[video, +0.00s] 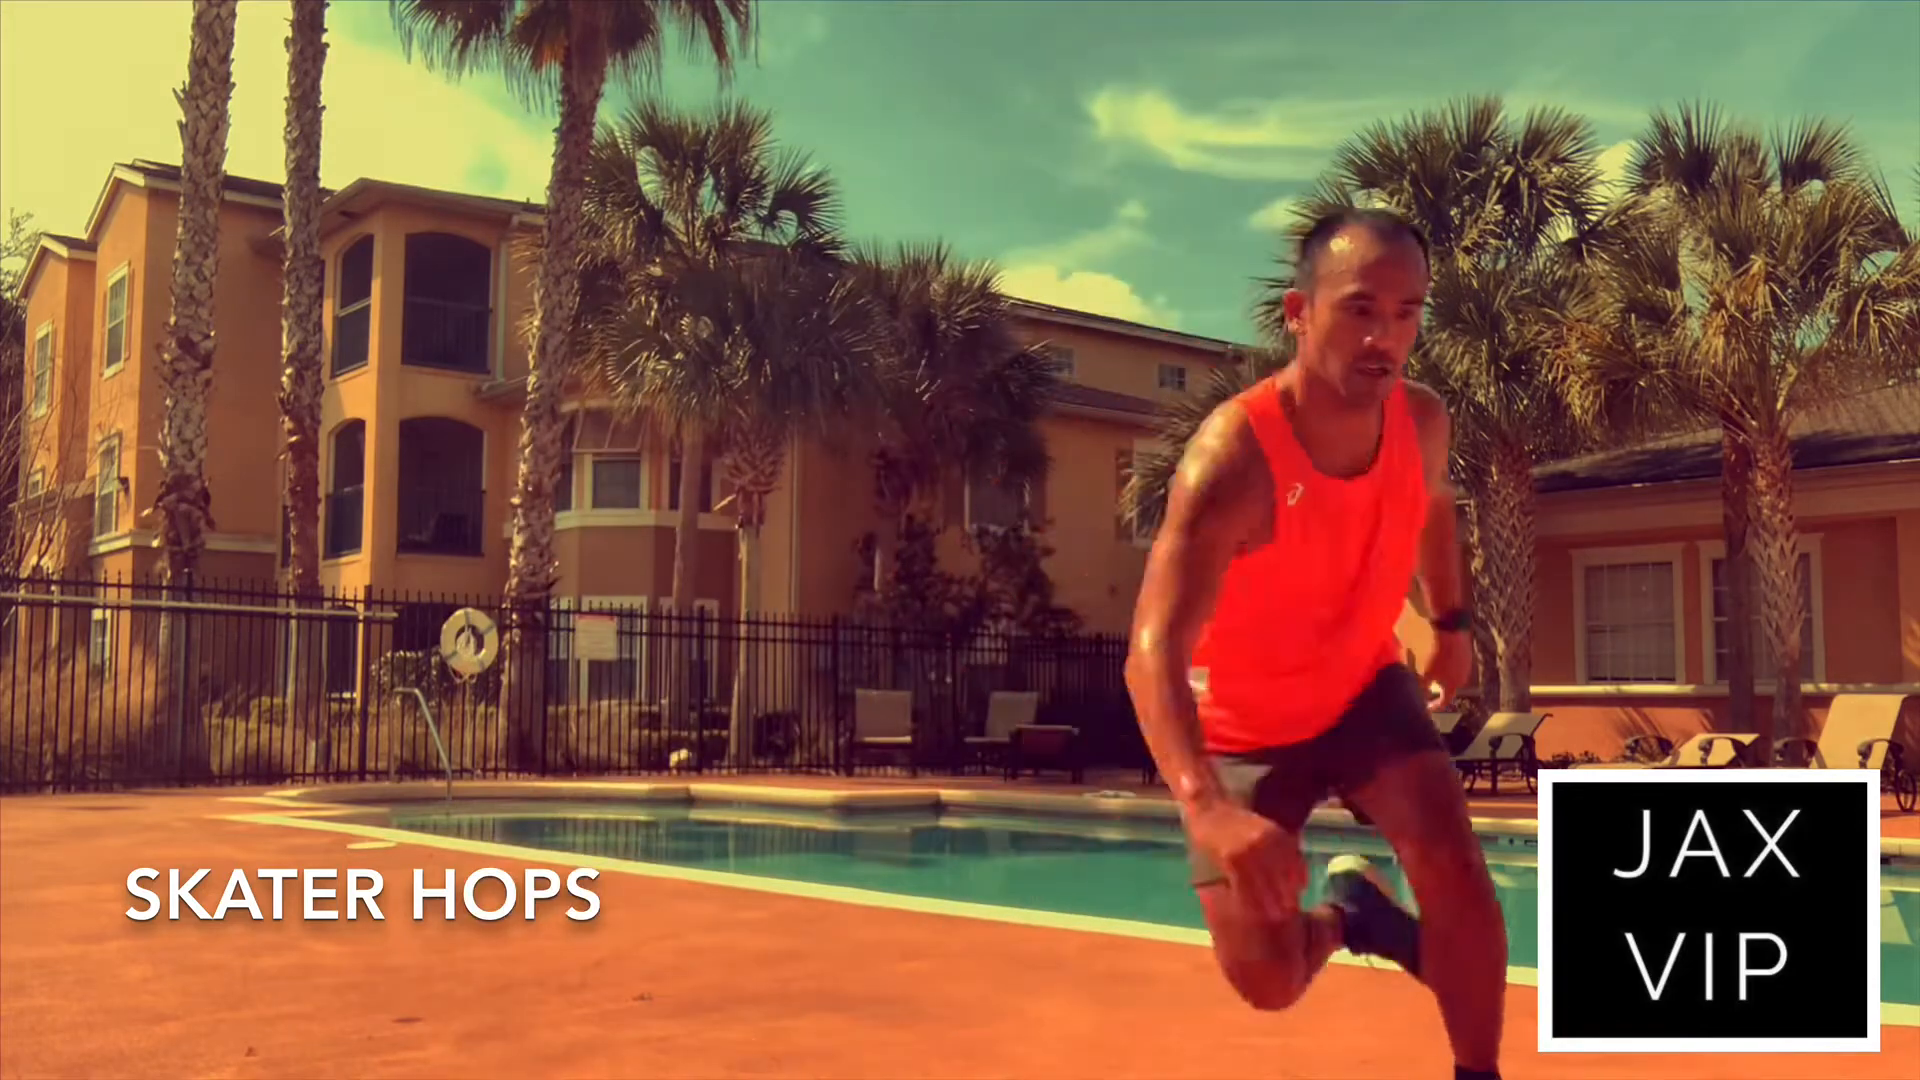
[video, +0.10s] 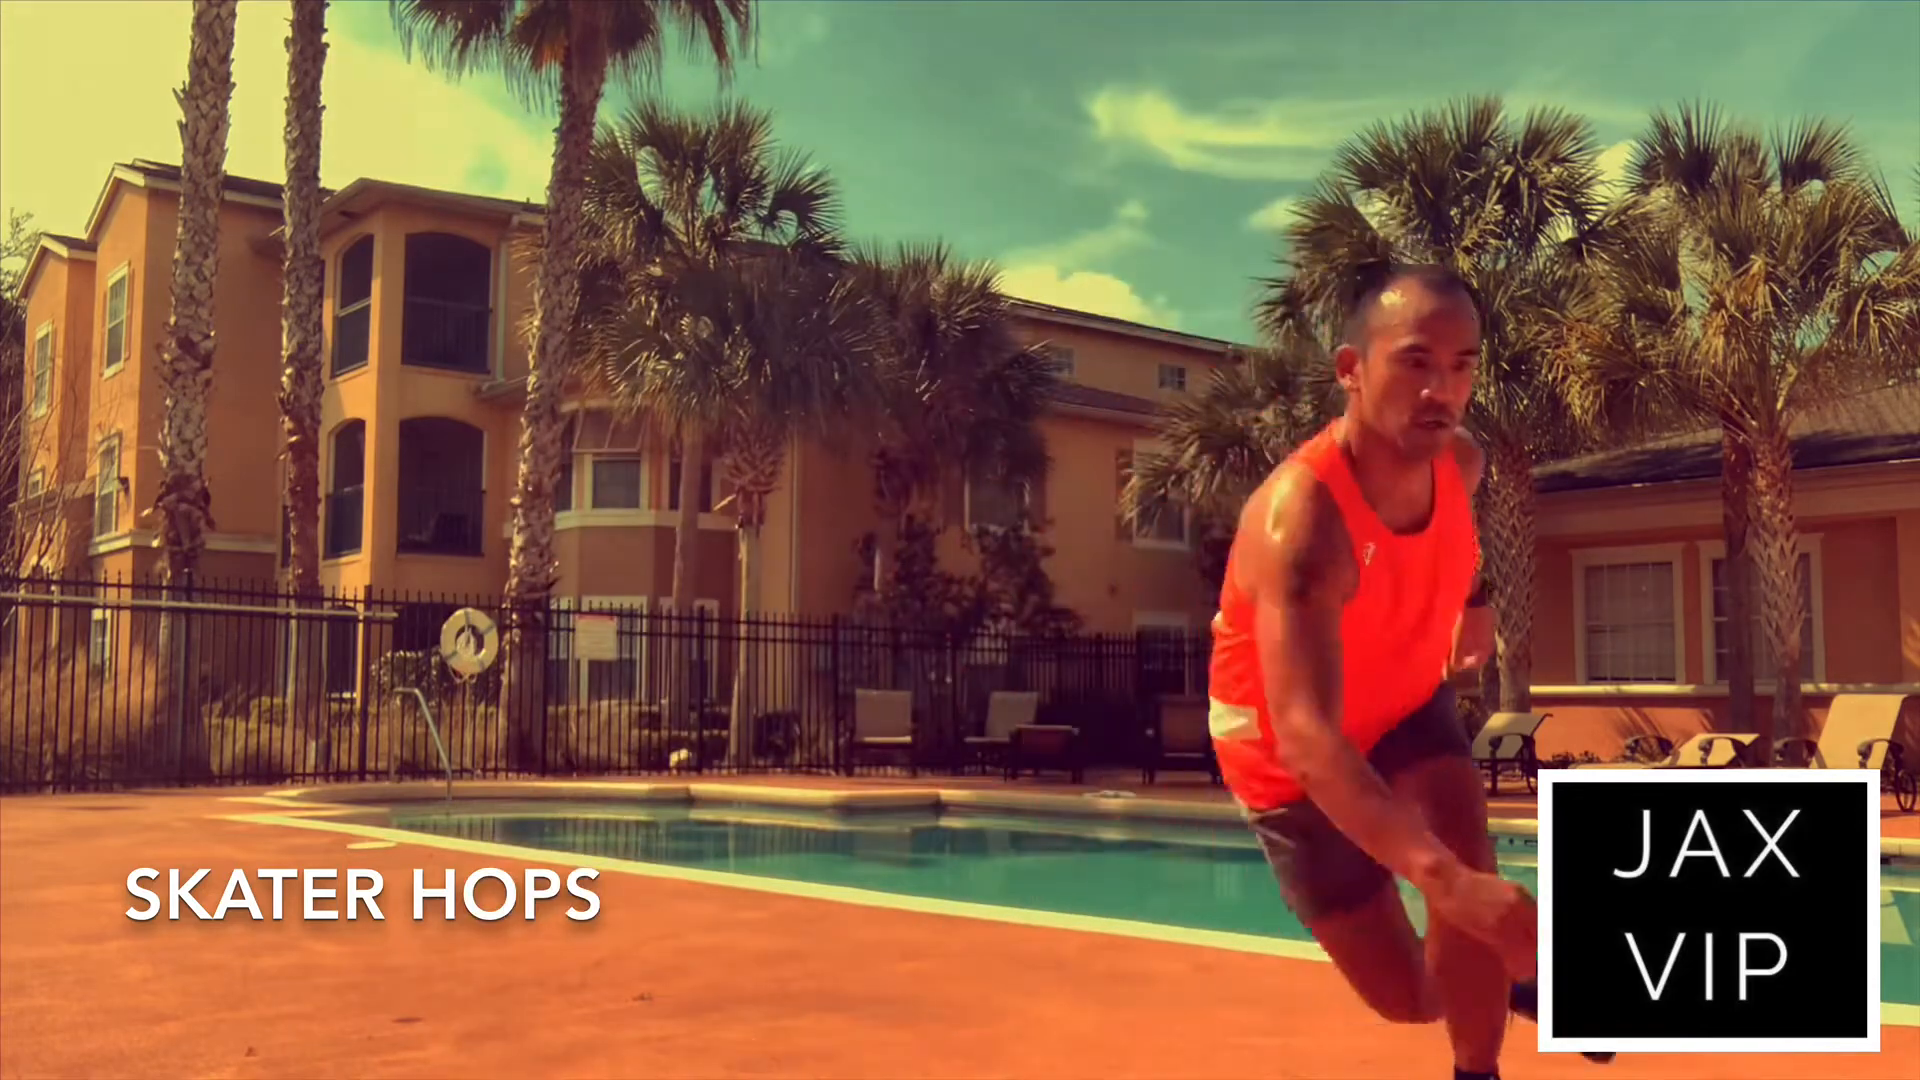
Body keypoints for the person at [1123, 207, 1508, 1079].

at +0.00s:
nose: (1385, 336)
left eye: (1404, 312)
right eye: (1360, 309)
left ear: (1420, 322)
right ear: (1298, 314)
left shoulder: (1420, 424)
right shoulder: (1231, 452)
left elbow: (1433, 514)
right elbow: (1152, 648)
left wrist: (1453, 622)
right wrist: (1206, 807)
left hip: (1363, 689)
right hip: (1237, 727)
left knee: (1456, 873)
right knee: (1266, 984)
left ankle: (1478, 1072)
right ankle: (1350, 910)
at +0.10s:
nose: (1443, 390)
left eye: (1461, 366)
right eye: (1417, 362)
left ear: (1476, 375)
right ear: (1351, 371)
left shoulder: (1456, 464)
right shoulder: (1300, 513)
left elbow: (1449, 538)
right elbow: (1303, 736)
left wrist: (1473, 600)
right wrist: (1449, 881)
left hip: (1406, 704)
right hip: (1285, 751)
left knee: (1466, 880)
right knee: (1405, 997)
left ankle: (1477, 1075)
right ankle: (1494, 966)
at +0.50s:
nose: (1406, 356)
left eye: (1430, 332)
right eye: (1381, 327)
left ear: (1457, 351)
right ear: (1331, 337)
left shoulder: (1461, 481)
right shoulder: (1268, 483)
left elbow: (1512, 603)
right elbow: (1255, 701)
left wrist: (1585, 712)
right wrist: (1378, 846)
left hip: (1415, 704)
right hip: (1300, 752)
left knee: (1491, 903)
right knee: (1452, 960)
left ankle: (1487, 1073)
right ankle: (1593, 1013)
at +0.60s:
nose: (1317, 287)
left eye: (1343, 265)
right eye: (1295, 264)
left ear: (1379, 287)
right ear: (1259, 284)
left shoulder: (1419, 438)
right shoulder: (1192, 429)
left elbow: (1493, 589)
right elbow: (1092, 606)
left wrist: (1567, 720)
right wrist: (1112, 758)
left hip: (1373, 676)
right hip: (1240, 720)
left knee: (1457, 866)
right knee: (1324, 970)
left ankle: (1483, 1071)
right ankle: (1380, 926)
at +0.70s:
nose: (1181, 236)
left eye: (1208, 213)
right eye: (1161, 214)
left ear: (1253, 230)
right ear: (1134, 231)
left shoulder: (1317, 354)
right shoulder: (1080, 362)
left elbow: (1448, 459)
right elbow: (901, 450)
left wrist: (1447, 551)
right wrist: (840, 592)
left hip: (1312, 655)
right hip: (1154, 663)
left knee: (1427, 863)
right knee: (1080, 867)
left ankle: (1483, 1069)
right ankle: (1135, 908)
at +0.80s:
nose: (1030, 174)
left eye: (1057, 152)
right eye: (1012, 149)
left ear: (1107, 155)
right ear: (988, 146)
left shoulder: (1174, 265)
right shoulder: (943, 268)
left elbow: (1312, 319)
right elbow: (775, 355)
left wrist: (1329, 431)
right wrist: (678, 494)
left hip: (1191, 603)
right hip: (1022, 595)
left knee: (1330, 813)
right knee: (856, 743)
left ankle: (1476, 1046)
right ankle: (857, 929)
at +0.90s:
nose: (875, 148)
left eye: (902, 124)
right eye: (861, 122)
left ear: (968, 122)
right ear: (845, 118)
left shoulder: (1041, 249)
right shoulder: (811, 249)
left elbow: (1194, 348)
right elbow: (680, 368)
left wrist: (1243, 459)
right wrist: (590, 510)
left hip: (1039, 572)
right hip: (868, 574)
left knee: (1189, 766)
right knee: (718, 763)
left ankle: (1319, 949)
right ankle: (601, 983)